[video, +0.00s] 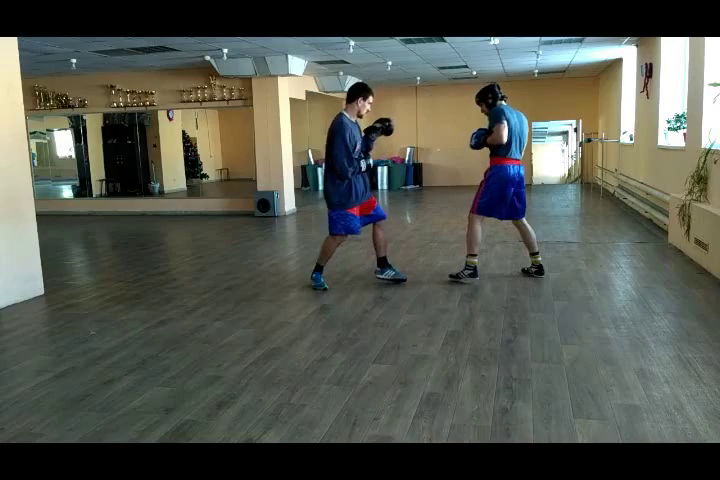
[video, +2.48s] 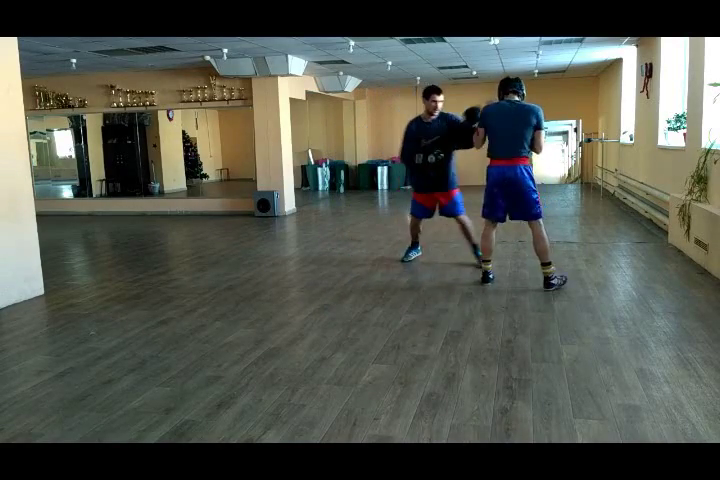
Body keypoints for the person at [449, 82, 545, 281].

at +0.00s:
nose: (482, 110)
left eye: (481, 106)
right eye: (480, 106)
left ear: (488, 101)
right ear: (499, 98)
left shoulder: (498, 111)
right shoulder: (520, 116)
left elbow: (500, 137)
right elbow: (519, 144)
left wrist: (484, 139)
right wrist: (491, 136)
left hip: (498, 172)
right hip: (518, 172)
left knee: (475, 217)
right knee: (519, 219)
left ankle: (470, 267)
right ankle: (537, 264)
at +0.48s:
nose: (481, 95)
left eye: (482, 92)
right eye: (482, 92)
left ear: (485, 92)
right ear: (504, 93)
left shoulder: (479, 105)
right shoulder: (517, 113)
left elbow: (455, 130)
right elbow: (506, 136)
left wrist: (468, 149)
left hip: (486, 171)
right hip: (510, 170)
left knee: (472, 222)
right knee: (522, 217)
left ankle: (465, 270)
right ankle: (542, 263)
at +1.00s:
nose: (486, 104)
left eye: (486, 100)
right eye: (485, 101)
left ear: (491, 98)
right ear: (507, 96)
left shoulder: (491, 113)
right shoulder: (528, 117)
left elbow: (482, 144)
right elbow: (527, 153)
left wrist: (473, 142)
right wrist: (510, 144)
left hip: (494, 176)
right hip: (519, 176)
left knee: (472, 223)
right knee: (528, 223)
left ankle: (457, 271)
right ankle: (544, 270)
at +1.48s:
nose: (441, 123)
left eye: (439, 119)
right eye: (438, 120)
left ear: (446, 113)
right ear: (452, 109)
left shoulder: (471, 123)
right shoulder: (471, 121)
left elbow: (476, 159)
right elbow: (470, 150)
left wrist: (455, 147)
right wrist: (459, 161)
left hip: (480, 179)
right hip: (492, 176)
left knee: (453, 223)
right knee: (499, 222)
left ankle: (448, 274)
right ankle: (536, 256)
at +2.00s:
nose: (499, 105)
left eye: (499, 102)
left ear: (503, 100)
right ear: (523, 97)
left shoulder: (502, 116)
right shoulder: (542, 117)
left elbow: (496, 149)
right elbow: (544, 154)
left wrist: (487, 143)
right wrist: (526, 143)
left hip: (504, 178)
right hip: (530, 178)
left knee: (480, 225)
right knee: (541, 228)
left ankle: (465, 270)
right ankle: (553, 276)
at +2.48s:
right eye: (522, 94)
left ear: (500, 94)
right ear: (523, 94)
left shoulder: (489, 110)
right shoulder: (534, 110)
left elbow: (477, 142)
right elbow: (538, 148)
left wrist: (485, 124)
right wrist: (521, 134)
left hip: (495, 173)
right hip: (521, 172)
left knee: (489, 224)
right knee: (537, 225)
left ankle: (486, 273)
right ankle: (549, 276)